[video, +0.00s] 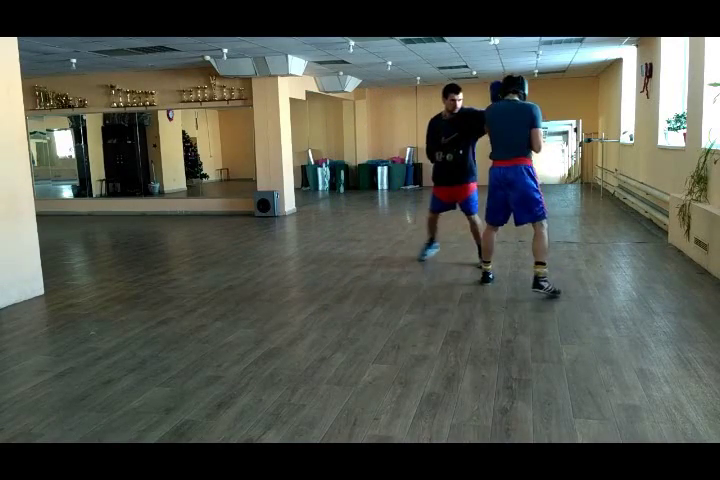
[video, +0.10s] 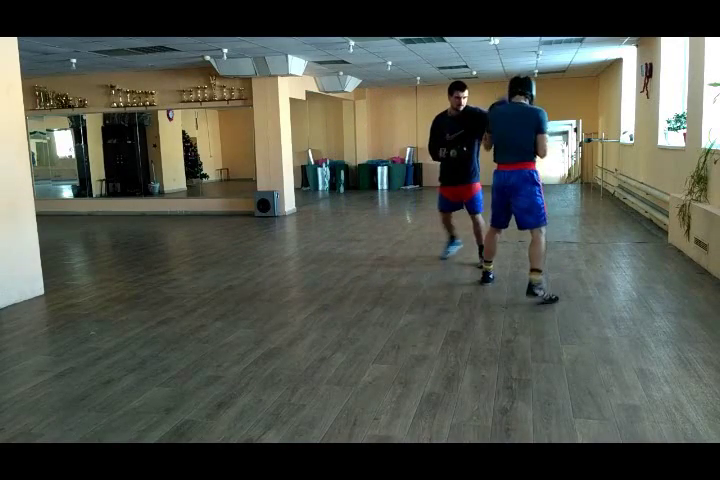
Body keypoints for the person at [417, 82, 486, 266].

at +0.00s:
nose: (456, 103)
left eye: (458, 100)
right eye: (452, 100)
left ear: (462, 100)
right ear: (444, 100)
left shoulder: (469, 116)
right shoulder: (435, 122)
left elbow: (491, 119)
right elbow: (430, 153)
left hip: (465, 177)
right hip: (442, 178)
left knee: (472, 218)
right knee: (433, 214)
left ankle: (482, 253)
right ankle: (431, 242)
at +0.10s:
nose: (461, 101)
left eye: (464, 97)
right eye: (457, 97)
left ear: (467, 98)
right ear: (449, 97)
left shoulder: (475, 115)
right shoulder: (440, 120)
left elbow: (493, 126)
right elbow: (433, 151)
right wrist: (452, 152)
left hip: (469, 177)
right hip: (448, 177)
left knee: (476, 217)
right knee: (445, 215)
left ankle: (482, 252)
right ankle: (453, 240)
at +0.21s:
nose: (464, 100)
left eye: (467, 97)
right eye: (460, 97)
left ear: (470, 98)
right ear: (452, 96)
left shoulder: (478, 117)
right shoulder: (442, 120)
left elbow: (486, 144)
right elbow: (436, 153)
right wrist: (454, 152)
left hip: (475, 175)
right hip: (453, 176)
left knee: (478, 215)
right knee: (458, 216)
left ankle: (483, 249)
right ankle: (470, 241)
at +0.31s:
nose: (464, 102)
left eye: (467, 99)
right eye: (461, 98)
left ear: (471, 99)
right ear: (453, 98)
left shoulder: (478, 118)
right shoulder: (443, 122)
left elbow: (491, 142)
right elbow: (437, 153)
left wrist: (473, 150)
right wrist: (451, 154)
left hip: (477, 174)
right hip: (456, 176)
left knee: (479, 213)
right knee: (463, 214)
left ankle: (484, 249)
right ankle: (472, 244)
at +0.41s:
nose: (466, 103)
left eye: (469, 100)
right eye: (462, 100)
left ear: (472, 100)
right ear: (455, 100)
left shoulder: (481, 118)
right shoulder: (446, 124)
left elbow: (492, 144)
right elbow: (440, 155)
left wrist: (477, 150)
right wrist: (456, 158)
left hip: (481, 174)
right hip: (459, 176)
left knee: (484, 210)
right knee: (465, 215)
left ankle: (490, 247)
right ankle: (473, 246)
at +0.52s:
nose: (469, 102)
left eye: (472, 98)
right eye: (465, 98)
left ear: (476, 99)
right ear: (458, 99)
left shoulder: (486, 117)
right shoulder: (450, 123)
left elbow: (498, 144)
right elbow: (446, 154)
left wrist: (483, 152)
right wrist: (465, 153)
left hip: (484, 174)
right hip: (462, 176)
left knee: (488, 213)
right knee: (466, 215)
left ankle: (497, 250)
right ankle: (472, 244)